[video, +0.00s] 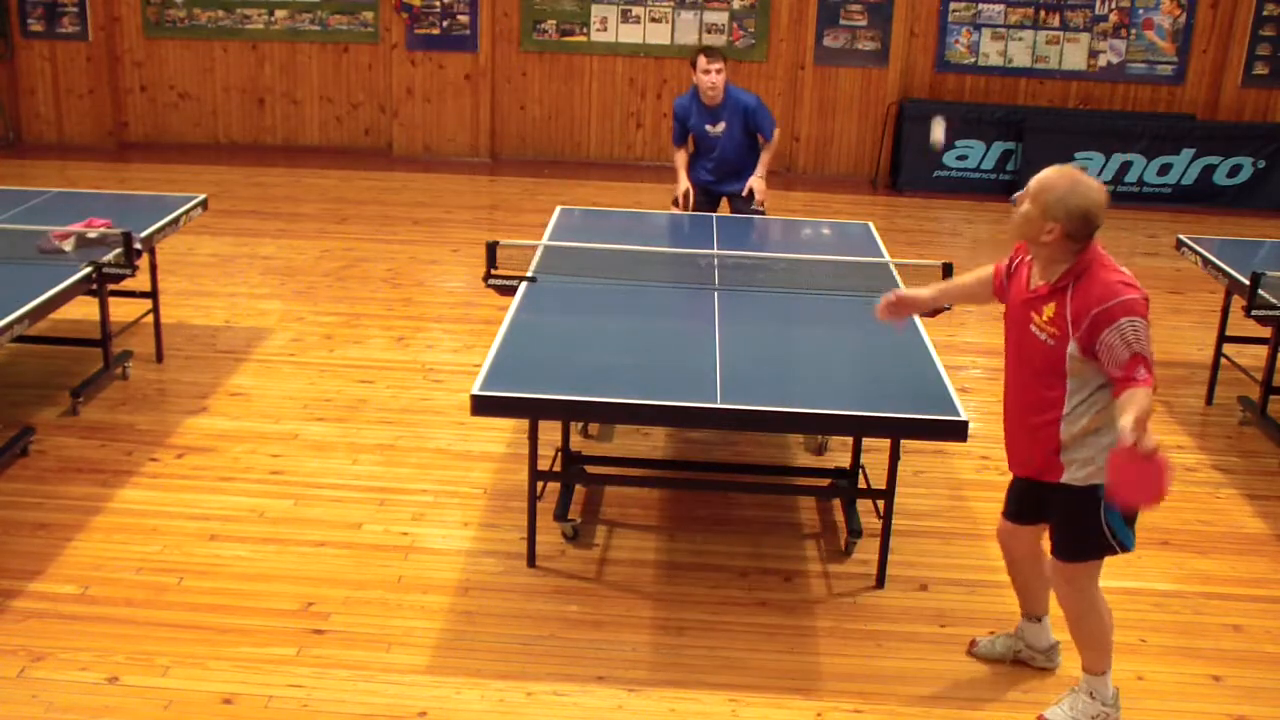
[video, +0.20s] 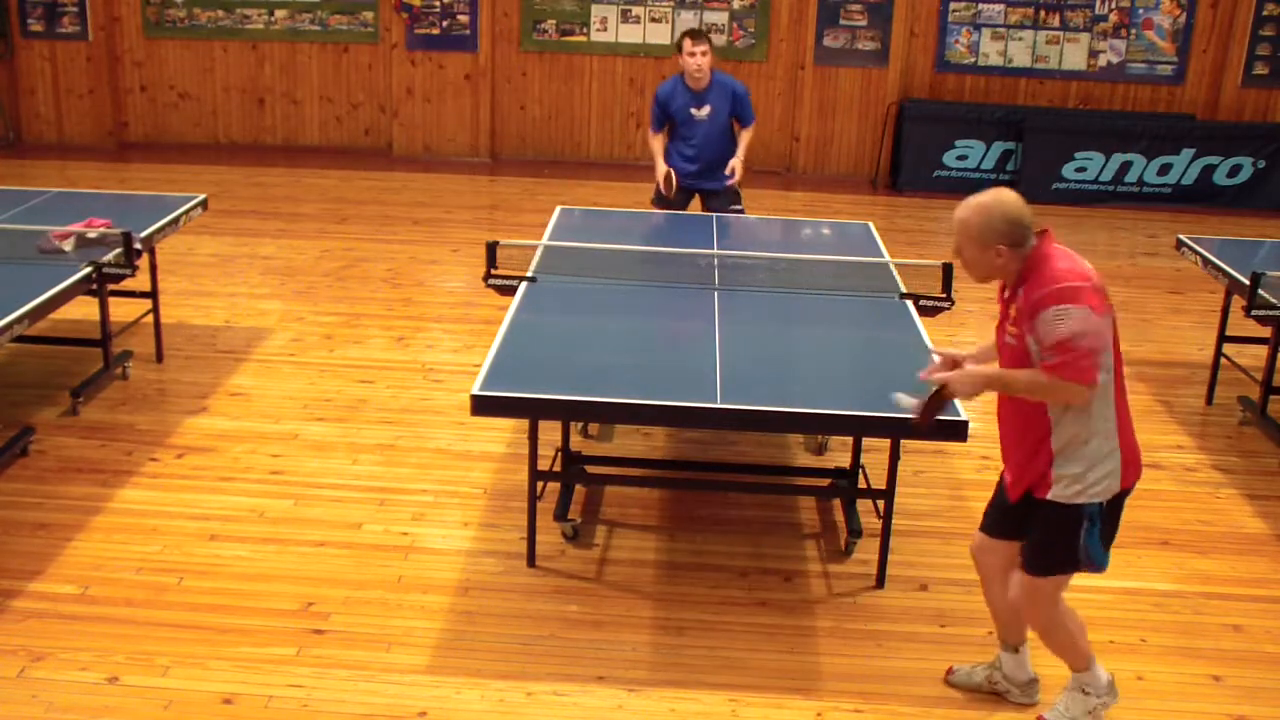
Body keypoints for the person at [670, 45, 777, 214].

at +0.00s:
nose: (713, 79)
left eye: (718, 72)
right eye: (706, 73)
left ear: (726, 74)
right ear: (694, 77)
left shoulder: (747, 104)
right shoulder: (684, 107)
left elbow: (772, 134)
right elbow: (680, 146)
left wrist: (759, 175)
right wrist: (682, 179)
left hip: (741, 179)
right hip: (704, 178)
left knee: (750, 237)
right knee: (693, 233)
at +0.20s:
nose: (698, 61)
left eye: (704, 54)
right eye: (692, 55)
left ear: (711, 57)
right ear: (680, 59)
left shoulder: (732, 90)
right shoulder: (666, 93)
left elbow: (747, 124)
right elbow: (656, 131)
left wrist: (739, 157)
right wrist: (660, 164)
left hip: (719, 176)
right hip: (678, 176)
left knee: (733, 236)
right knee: (661, 231)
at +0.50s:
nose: (678, 62)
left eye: (685, 55)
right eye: (672, 56)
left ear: (694, 57)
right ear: (663, 59)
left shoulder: (714, 91)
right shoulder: (652, 92)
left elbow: (736, 129)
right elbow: (638, 132)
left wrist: (721, 159)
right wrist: (625, 154)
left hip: (698, 180)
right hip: (656, 178)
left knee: (709, 238)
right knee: (629, 226)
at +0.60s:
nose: (662, 67)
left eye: (668, 60)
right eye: (656, 61)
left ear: (679, 61)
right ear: (649, 64)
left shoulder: (702, 92)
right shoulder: (642, 97)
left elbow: (734, 126)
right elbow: (621, 133)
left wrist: (723, 153)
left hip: (694, 182)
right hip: (652, 178)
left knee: (702, 244)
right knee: (621, 224)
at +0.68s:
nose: (643, 70)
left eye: (649, 63)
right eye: (638, 65)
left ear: (663, 63)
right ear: (632, 67)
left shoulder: (688, 91)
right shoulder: (630, 99)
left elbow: (727, 114)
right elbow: (603, 131)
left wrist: (728, 140)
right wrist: (560, 133)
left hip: (688, 182)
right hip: (647, 178)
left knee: (701, 245)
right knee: (615, 227)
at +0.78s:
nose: (614, 78)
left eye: (621, 70)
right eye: (609, 72)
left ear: (636, 68)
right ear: (604, 74)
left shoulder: (663, 93)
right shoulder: (607, 103)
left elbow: (708, 103)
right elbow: (575, 131)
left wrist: (727, 125)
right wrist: (532, 126)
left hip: (677, 185)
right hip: (635, 183)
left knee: (684, 247)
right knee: (609, 236)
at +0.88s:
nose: (582, 92)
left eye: (587, 84)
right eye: (577, 87)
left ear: (605, 82)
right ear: (573, 90)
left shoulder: (634, 102)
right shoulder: (579, 119)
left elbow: (682, 104)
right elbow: (548, 150)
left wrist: (718, 117)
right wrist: (503, 138)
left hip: (660, 192)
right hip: (614, 194)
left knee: (674, 253)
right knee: (597, 250)